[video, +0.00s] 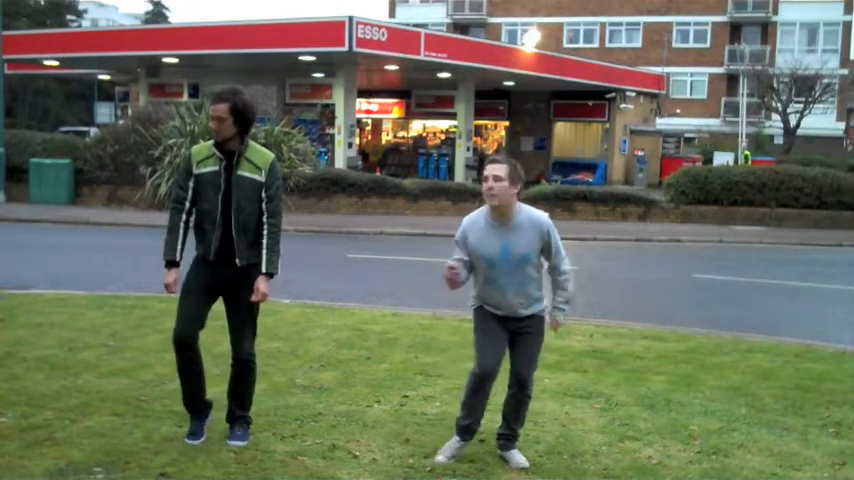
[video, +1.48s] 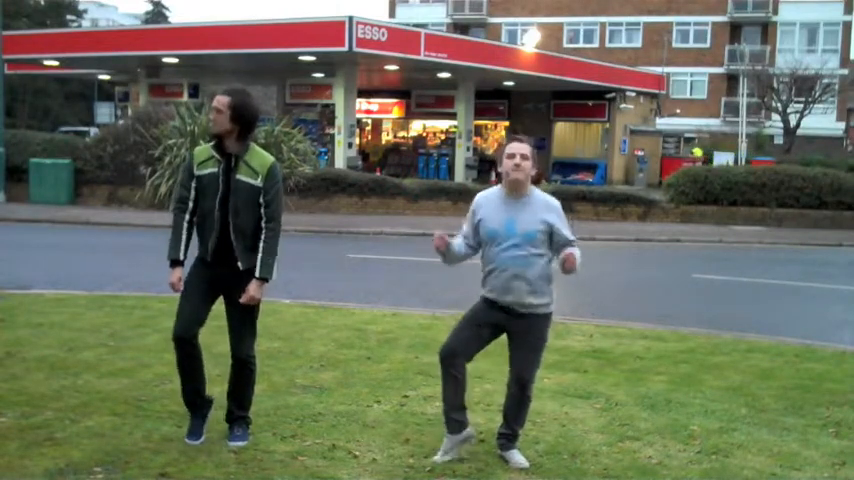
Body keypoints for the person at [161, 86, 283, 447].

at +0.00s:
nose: (212, 125)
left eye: (220, 119)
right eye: (211, 118)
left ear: (241, 122)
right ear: (210, 119)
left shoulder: (266, 164)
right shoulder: (196, 158)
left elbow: (273, 222)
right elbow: (179, 211)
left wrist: (266, 274)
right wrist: (172, 263)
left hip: (245, 271)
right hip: (204, 266)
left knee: (244, 351)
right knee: (183, 335)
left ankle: (240, 419)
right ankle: (198, 412)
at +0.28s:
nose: (210, 123)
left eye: (217, 118)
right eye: (209, 117)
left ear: (238, 120)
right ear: (210, 119)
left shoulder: (265, 165)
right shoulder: (195, 158)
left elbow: (272, 223)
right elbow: (178, 210)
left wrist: (263, 274)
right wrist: (171, 263)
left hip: (243, 272)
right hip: (202, 268)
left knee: (243, 351)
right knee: (180, 335)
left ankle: (240, 419)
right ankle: (197, 410)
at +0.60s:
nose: (209, 122)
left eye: (215, 116)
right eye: (208, 116)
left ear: (236, 119)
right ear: (211, 120)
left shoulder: (265, 165)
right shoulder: (195, 159)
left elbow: (272, 224)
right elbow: (178, 212)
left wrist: (263, 274)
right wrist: (173, 263)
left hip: (243, 272)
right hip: (202, 269)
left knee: (243, 352)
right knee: (183, 339)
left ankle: (240, 420)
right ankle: (197, 413)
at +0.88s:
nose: (206, 120)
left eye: (213, 115)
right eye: (207, 114)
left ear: (233, 120)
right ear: (217, 119)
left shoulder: (265, 166)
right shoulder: (196, 158)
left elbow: (270, 225)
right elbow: (181, 212)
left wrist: (263, 277)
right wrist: (175, 263)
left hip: (243, 273)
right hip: (204, 270)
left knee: (243, 352)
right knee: (193, 343)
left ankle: (239, 420)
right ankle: (205, 417)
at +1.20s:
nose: (209, 116)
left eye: (216, 112)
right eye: (210, 111)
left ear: (236, 118)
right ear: (219, 118)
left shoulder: (266, 166)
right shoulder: (198, 157)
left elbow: (269, 226)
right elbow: (182, 211)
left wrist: (260, 278)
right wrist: (175, 262)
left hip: (244, 272)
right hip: (205, 267)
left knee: (244, 352)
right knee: (191, 343)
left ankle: (239, 420)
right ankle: (203, 416)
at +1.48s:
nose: (211, 116)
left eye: (218, 112)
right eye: (212, 110)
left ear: (238, 119)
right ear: (217, 117)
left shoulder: (266, 167)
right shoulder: (198, 158)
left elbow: (272, 226)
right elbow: (182, 211)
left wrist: (261, 278)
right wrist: (176, 262)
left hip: (244, 272)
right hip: (204, 267)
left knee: (243, 352)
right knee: (183, 334)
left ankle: (239, 419)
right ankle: (197, 408)